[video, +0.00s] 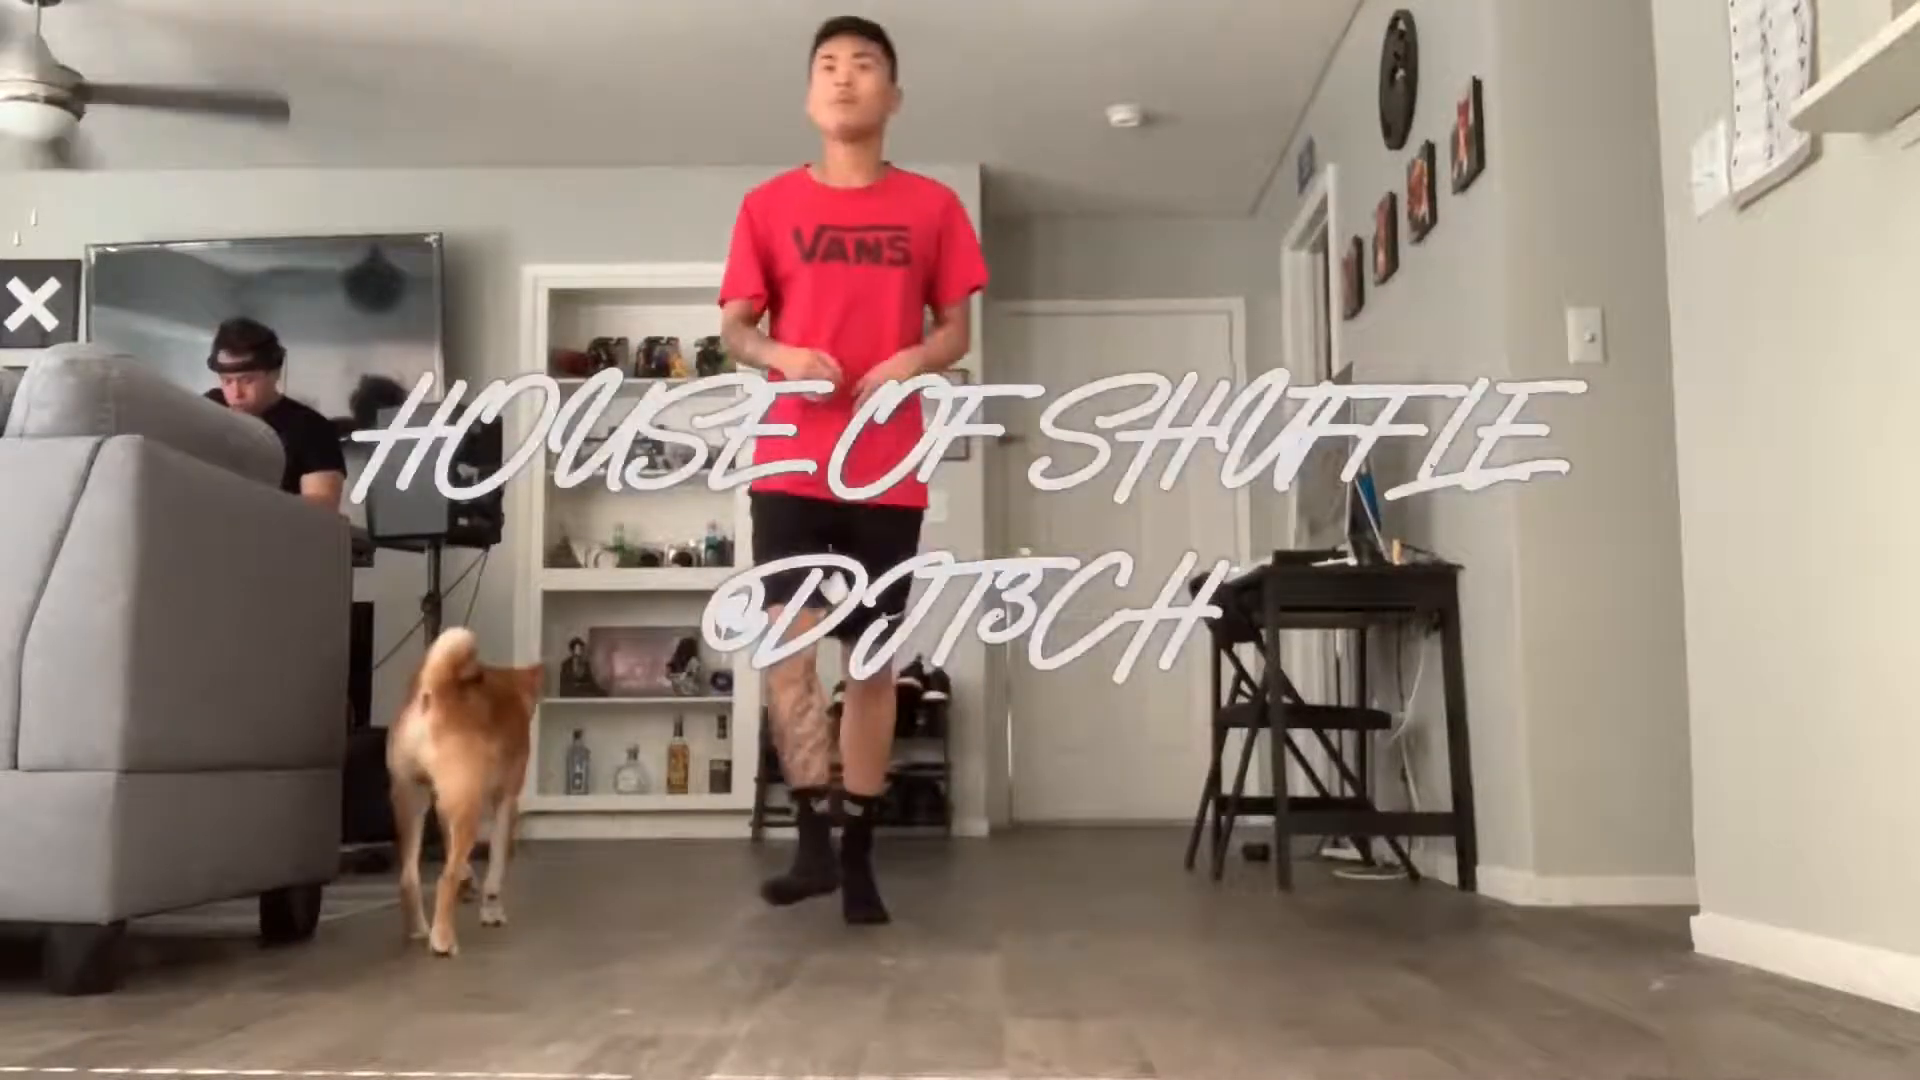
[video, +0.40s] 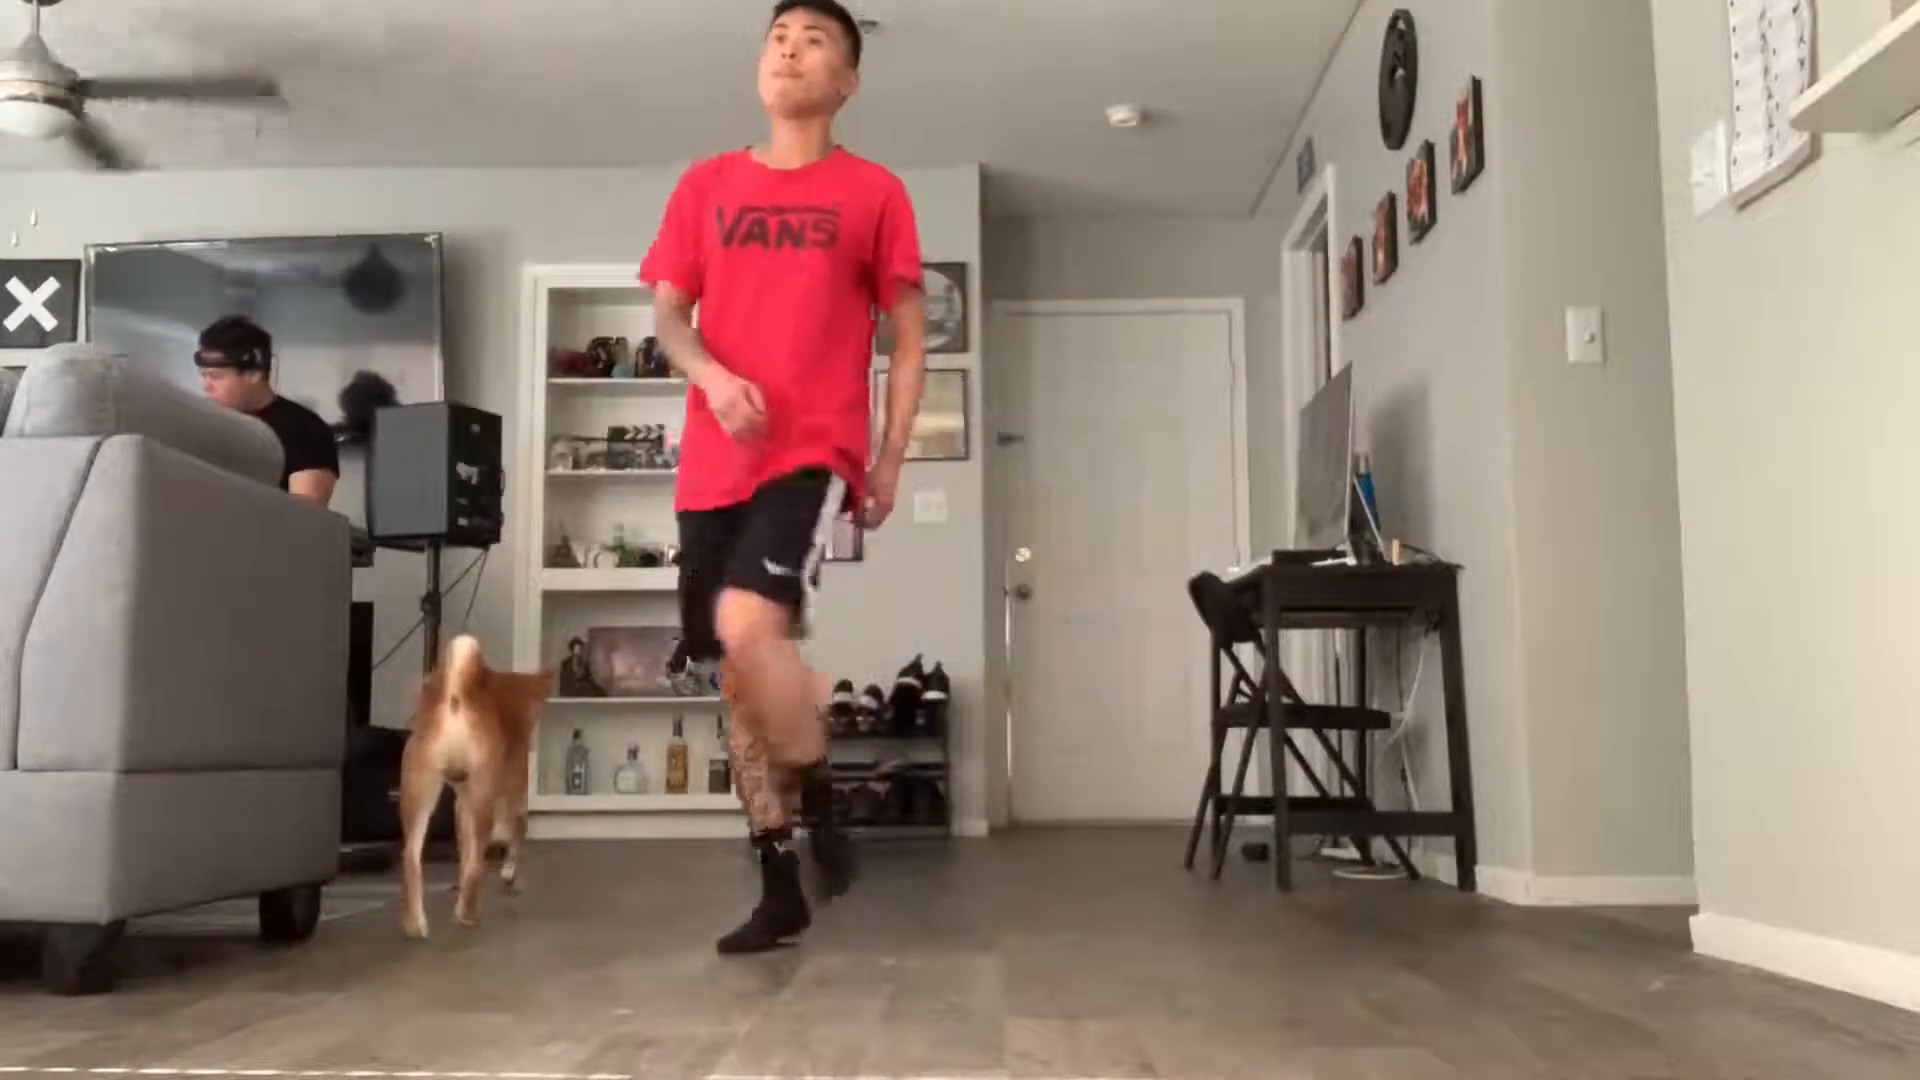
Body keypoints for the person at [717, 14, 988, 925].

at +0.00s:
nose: (845, 77)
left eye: (864, 66)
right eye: (830, 66)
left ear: (894, 98)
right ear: (809, 98)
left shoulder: (932, 204)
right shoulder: (769, 205)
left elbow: (957, 333)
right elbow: (736, 328)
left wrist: (907, 362)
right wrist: (781, 356)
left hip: (888, 469)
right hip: (789, 467)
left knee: (875, 656)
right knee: (788, 640)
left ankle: (858, 855)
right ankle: (813, 837)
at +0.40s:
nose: (789, 49)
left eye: (814, 41)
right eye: (778, 37)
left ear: (848, 82)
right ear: (757, 70)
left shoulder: (875, 192)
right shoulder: (706, 183)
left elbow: (909, 337)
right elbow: (666, 317)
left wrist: (891, 456)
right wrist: (712, 378)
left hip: (814, 449)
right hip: (715, 455)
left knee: (747, 624)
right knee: (736, 671)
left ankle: (819, 792)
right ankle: (779, 884)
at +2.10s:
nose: (1108, 48)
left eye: (1119, 36)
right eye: (1087, 33)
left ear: (1131, 66)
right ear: (1042, 63)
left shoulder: (1120, 194)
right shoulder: (1012, 156)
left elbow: (1097, 323)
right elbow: (958, 289)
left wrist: (1158, 340)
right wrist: (1060, 344)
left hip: (1133, 463)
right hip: (1040, 458)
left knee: (1155, 655)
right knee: (1048, 663)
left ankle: (1173, 903)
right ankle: (993, 872)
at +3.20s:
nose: (750, 65)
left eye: (765, 45)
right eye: (752, 49)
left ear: (826, 51)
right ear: (806, 57)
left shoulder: (899, 166)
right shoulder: (772, 199)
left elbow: (941, 307)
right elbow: (785, 341)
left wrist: (830, 250)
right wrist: (732, 368)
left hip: (835, 465)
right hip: (759, 447)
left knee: (786, 682)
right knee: (635, 572)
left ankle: (832, 899)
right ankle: (764, 718)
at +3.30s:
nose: (750, 49)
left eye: (766, 28)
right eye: (750, 32)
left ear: (827, 33)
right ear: (797, 42)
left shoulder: (899, 143)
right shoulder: (776, 175)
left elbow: (939, 281)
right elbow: (787, 327)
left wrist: (817, 236)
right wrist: (733, 388)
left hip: (847, 446)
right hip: (766, 434)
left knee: (834, 660)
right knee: (657, 577)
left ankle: (838, 889)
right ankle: (755, 748)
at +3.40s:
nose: (763, 74)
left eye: (778, 55)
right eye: (763, 59)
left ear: (840, 61)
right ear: (807, 69)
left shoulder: (903, 163)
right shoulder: (781, 206)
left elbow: (943, 291)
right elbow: (798, 352)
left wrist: (831, 250)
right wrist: (734, 410)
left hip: (854, 465)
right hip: (766, 462)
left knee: (855, 676)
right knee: (709, 652)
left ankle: (901, 872)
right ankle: (740, 886)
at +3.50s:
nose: (772, 78)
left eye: (787, 58)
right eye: (770, 66)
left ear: (851, 65)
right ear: (795, 83)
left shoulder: (912, 170)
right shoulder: (782, 216)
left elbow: (960, 305)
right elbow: (785, 367)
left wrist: (846, 324)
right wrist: (731, 437)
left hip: (865, 481)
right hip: (774, 483)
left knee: (888, 685)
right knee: (736, 671)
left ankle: (915, 885)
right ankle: (748, 904)